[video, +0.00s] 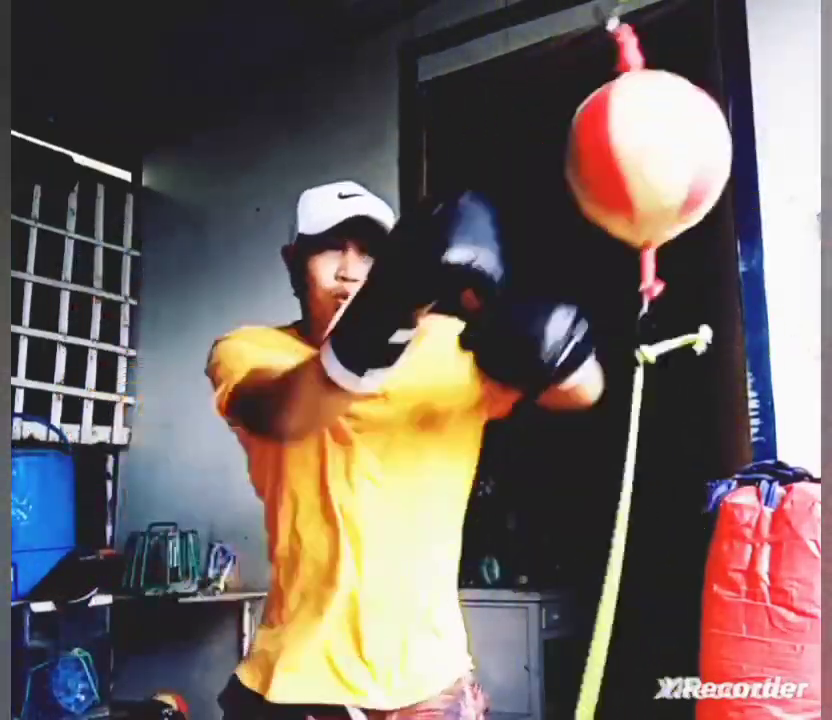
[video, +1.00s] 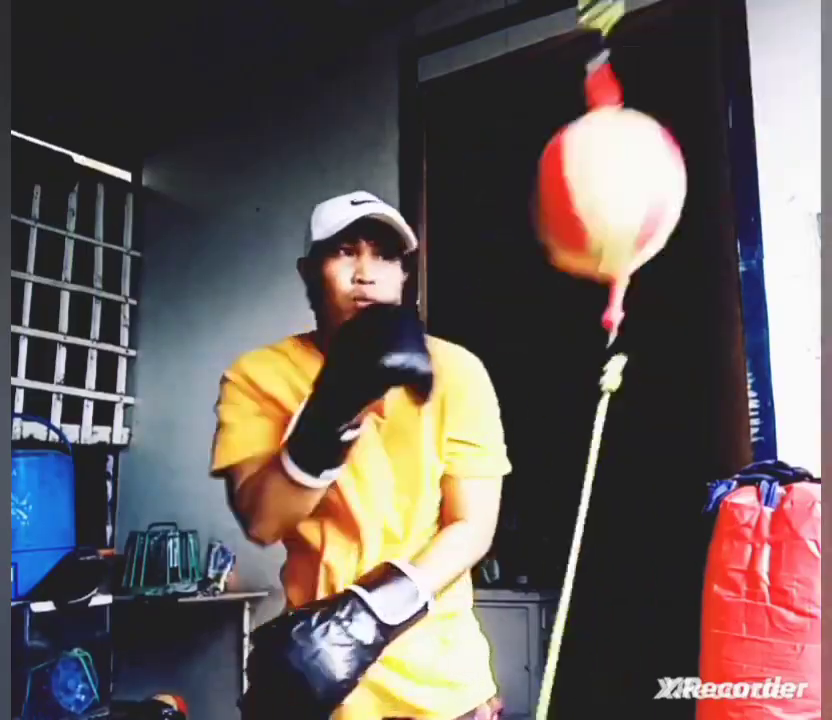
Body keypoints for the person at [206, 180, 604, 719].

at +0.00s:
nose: (349, 269)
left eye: (369, 250)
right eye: (330, 248)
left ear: (394, 266)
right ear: (297, 265)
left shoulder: (460, 348)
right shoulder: (249, 352)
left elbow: (582, 391)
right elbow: (285, 417)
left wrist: (560, 349)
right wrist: (376, 318)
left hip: (431, 684)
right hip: (294, 687)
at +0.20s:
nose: (360, 263)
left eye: (384, 247)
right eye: (344, 241)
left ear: (412, 268)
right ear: (320, 258)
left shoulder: (467, 352)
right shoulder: (286, 368)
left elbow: (555, 462)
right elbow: (234, 514)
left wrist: (489, 471)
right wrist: (271, 423)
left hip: (442, 668)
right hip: (315, 659)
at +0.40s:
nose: (257, 314)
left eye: (274, 297)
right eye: (238, 301)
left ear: (304, 312)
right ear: (217, 325)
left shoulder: (388, 381)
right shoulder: (222, 436)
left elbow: (465, 497)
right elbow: (238, 571)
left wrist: (382, 593)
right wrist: (245, 459)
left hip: (435, 671)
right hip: (326, 684)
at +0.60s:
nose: (285, 323)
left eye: (301, 302)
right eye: (263, 304)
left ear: (324, 315)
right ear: (237, 328)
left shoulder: (400, 392)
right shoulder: (222, 448)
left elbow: (461, 520)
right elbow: (249, 589)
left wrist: (370, 618)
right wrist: (261, 491)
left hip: (430, 684)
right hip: (306, 690)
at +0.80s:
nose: (390, 272)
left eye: (404, 257)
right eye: (367, 257)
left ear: (423, 270)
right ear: (329, 280)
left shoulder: (456, 382)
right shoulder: (281, 361)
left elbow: (484, 518)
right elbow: (295, 446)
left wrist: (414, 583)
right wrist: (389, 330)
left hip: (444, 682)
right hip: (313, 687)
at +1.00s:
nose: (366, 270)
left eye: (384, 255)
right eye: (345, 252)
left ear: (405, 276)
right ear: (312, 274)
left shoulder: (456, 372)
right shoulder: (260, 376)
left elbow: (474, 526)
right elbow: (262, 522)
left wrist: (366, 617)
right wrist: (333, 413)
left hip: (443, 674)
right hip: (321, 676)